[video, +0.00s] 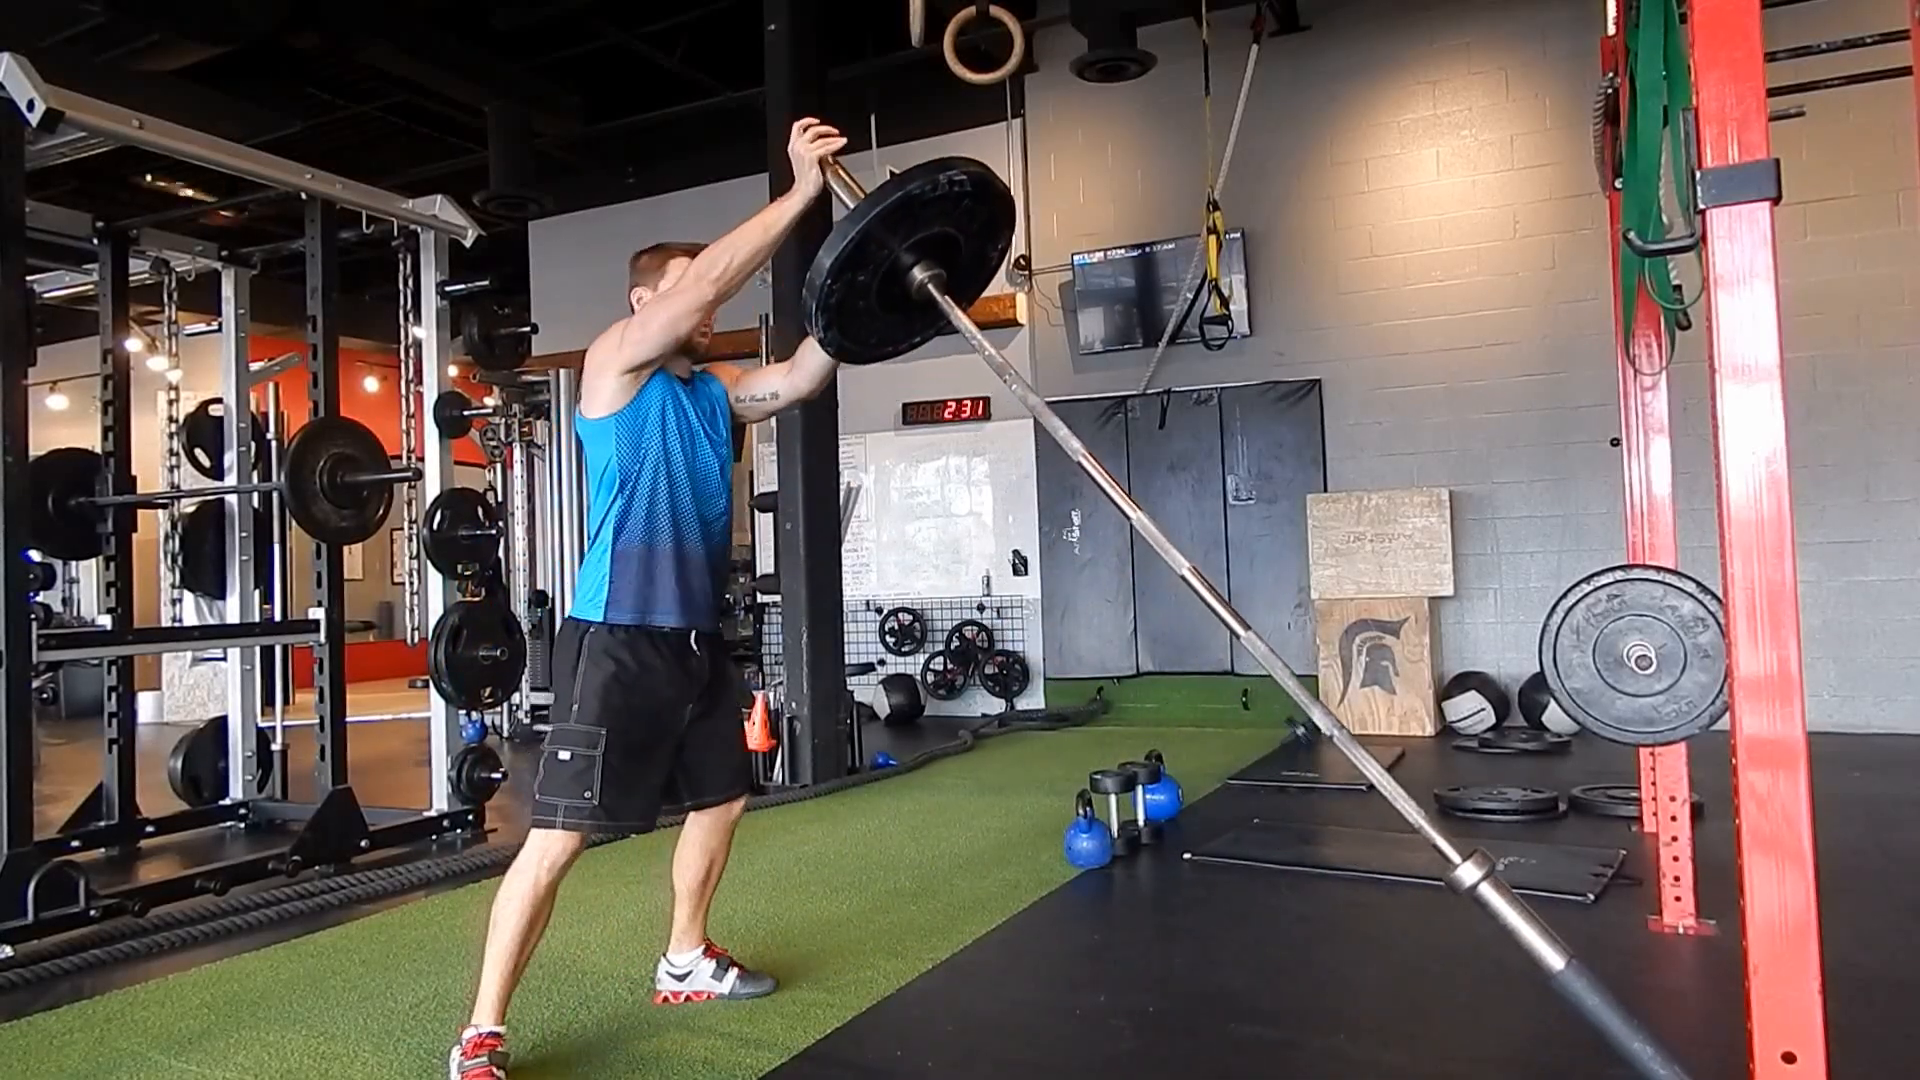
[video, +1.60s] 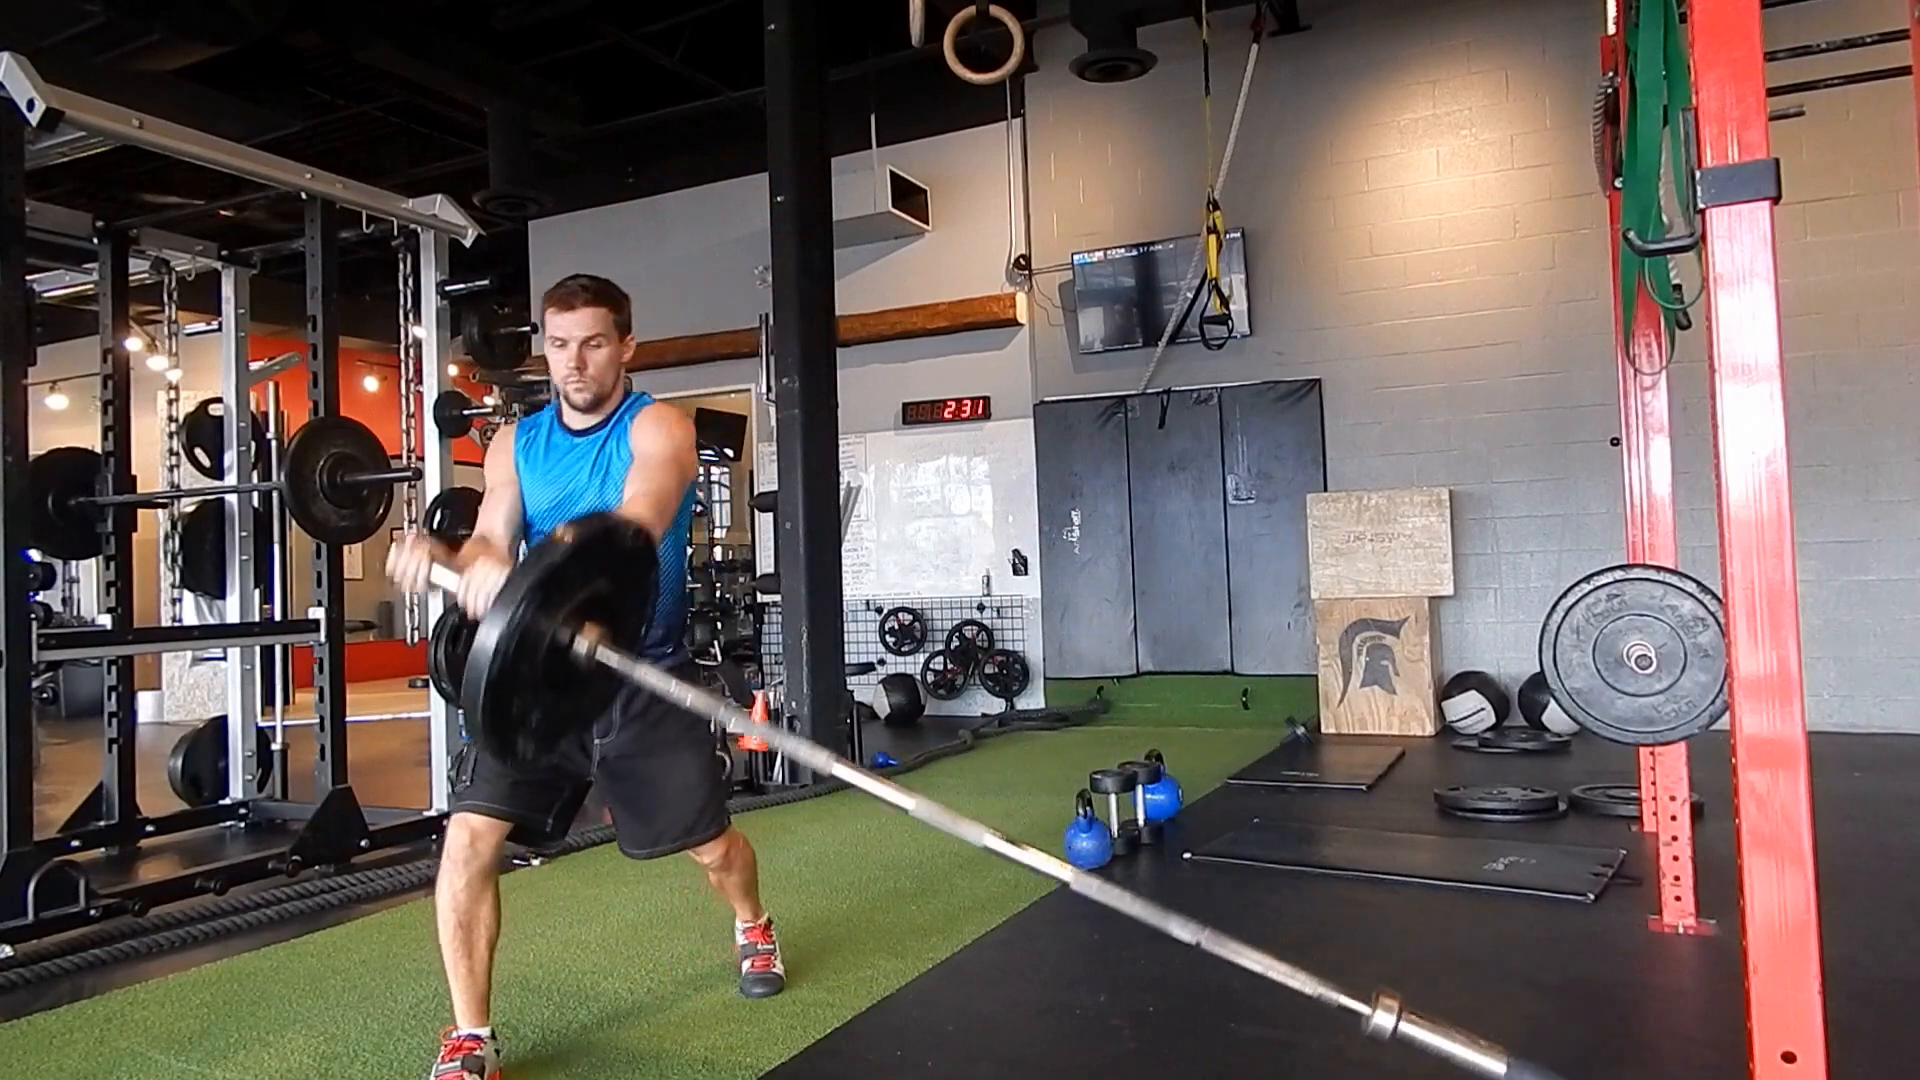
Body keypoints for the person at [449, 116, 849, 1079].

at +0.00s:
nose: (703, 291)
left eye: (704, 281)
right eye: (686, 282)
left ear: (698, 297)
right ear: (644, 293)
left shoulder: (720, 388)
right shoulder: (610, 364)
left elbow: (805, 370)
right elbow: (704, 281)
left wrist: (875, 284)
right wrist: (800, 192)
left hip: (699, 642)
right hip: (614, 639)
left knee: (719, 792)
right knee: (559, 834)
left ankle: (685, 960)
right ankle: (483, 1031)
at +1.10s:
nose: (671, 314)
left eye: (681, 301)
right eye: (655, 302)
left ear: (698, 318)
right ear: (622, 318)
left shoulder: (721, 399)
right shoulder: (580, 391)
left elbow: (794, 341)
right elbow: (621, 318)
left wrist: (783, 239)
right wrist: (698, 211)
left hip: (705, 659)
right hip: (601, 659)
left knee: (737, 808)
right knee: (536, 831)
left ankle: (687, 956)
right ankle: (479, 1026)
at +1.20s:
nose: (655, 333)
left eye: (671, 320)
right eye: (642, 318)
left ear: (695, 331)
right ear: (615, 325)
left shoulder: (715, 411)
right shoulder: (574, 405)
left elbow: (767, 355)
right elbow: (570, 357)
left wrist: (728, 283)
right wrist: (634, 259)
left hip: (697, 662)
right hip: (586, 663)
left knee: (734, 815)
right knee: (519, 831)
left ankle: (695, 948)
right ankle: (475, 1027)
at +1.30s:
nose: (643, 336)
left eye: (658, 320)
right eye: (630, 321)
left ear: (685, 330)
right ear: (605, 335)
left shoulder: (704, 419)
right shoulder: (569, 405)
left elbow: (743, 396)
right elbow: (530, 419)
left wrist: (683, 322)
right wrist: (567, 324)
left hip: (684, 665)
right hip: (570, 665)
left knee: (728, 821)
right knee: (506, 828)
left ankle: (711, 940)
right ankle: (473, 1029)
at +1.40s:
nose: (620, 342)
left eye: (636, 326)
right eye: (604, 329)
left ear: (666, 326)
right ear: (585, 332)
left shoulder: (694, 397)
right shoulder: (554, 394)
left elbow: (694, 448)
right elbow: (496, 483)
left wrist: (625, 386)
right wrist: (504, 403)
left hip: (671, 667)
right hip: (557, 668)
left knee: (722, 832)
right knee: (491, 834)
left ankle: (727, 935)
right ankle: (472, 1032)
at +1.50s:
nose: (596, 352)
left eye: (613, 335)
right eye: (581, 336)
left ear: (646, 340)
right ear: (565, 341)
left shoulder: (680, 420)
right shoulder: (525, 429)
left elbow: (638, 507)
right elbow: (504, 528)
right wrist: (459, 494)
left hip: (659, 670)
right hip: (545, 675)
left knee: (715, 832)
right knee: (480, 836)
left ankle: (740, 932)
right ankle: (471, 1032)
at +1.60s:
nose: (574, 362)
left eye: (591, 345)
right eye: (559, 345)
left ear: (626, 348)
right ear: (545, 349)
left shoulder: (663, 431)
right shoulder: (515, 441)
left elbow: (626, 544)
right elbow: (490, 555)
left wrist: (512, 576)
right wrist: (440, 561)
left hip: (644, 674)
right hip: (534, 673)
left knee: (712, 843)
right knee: (468, 840)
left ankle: (753, 927)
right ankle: (469, 1034)